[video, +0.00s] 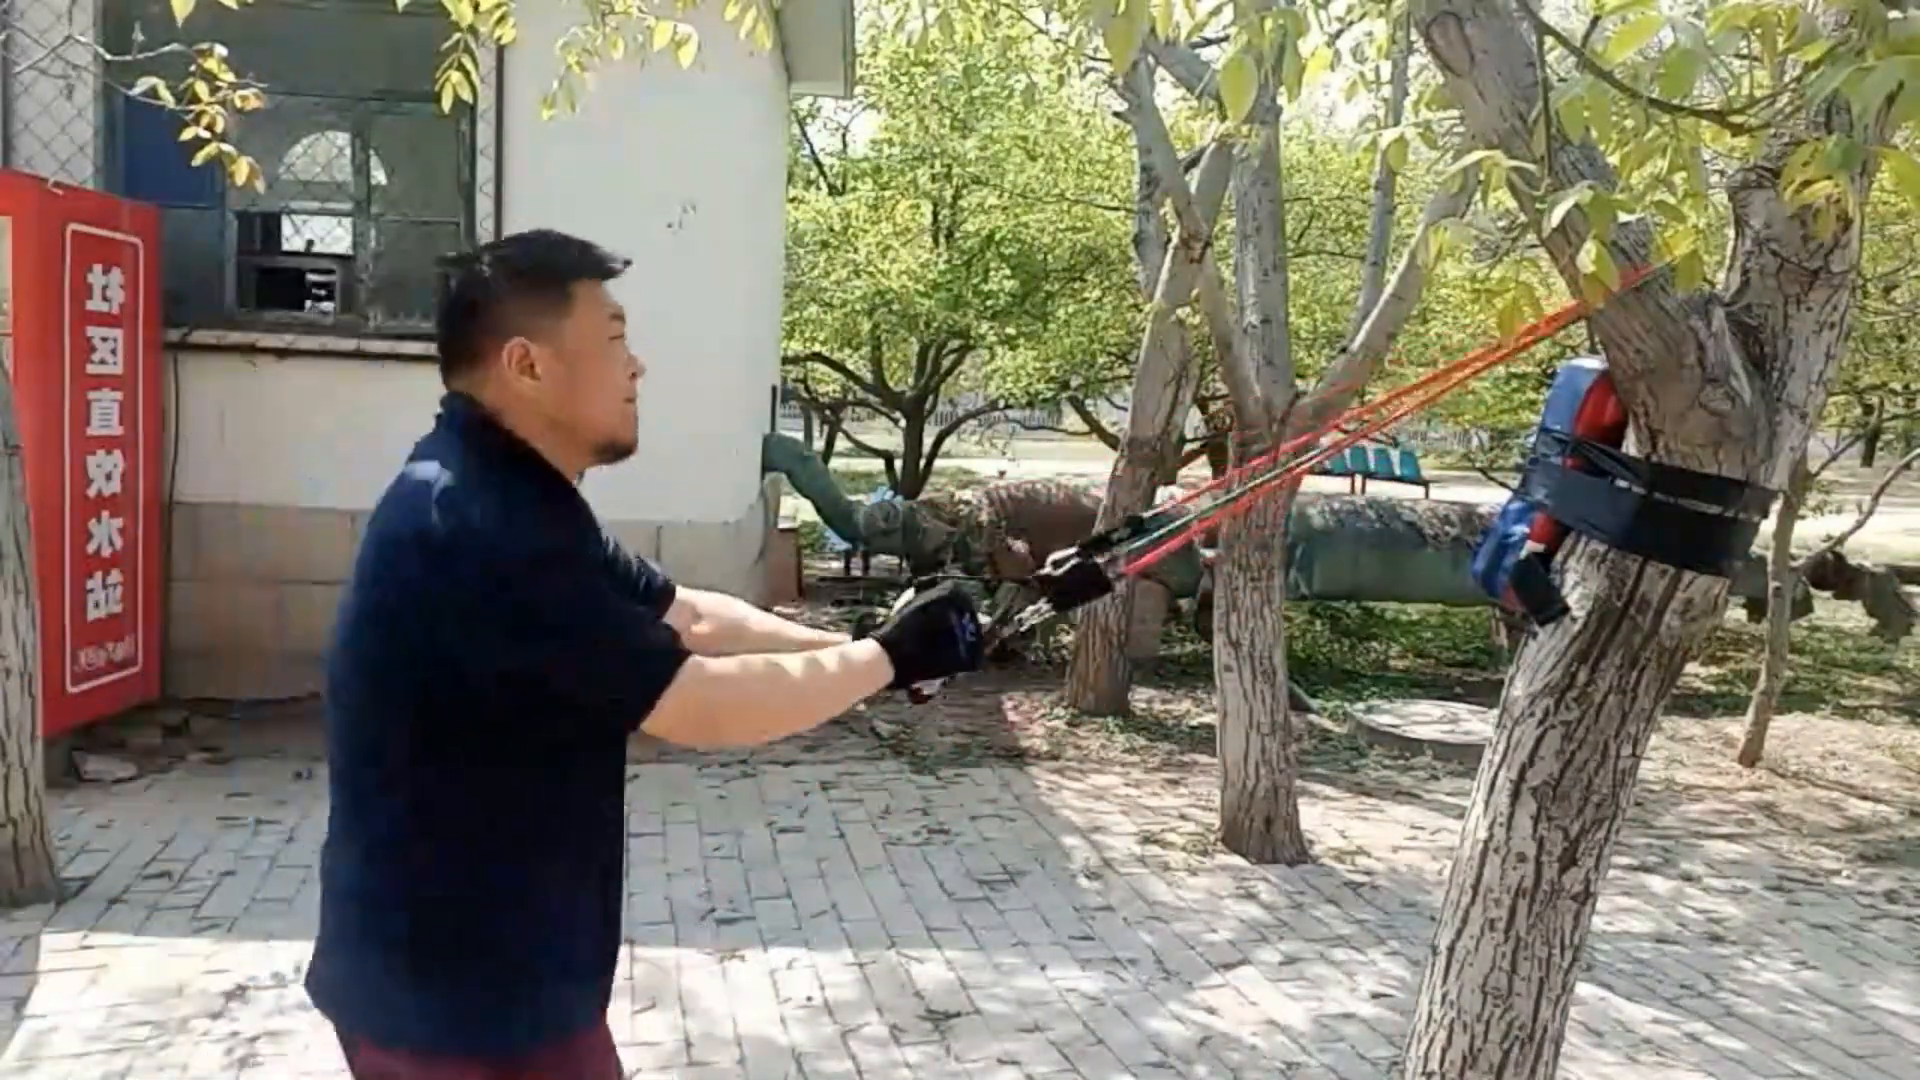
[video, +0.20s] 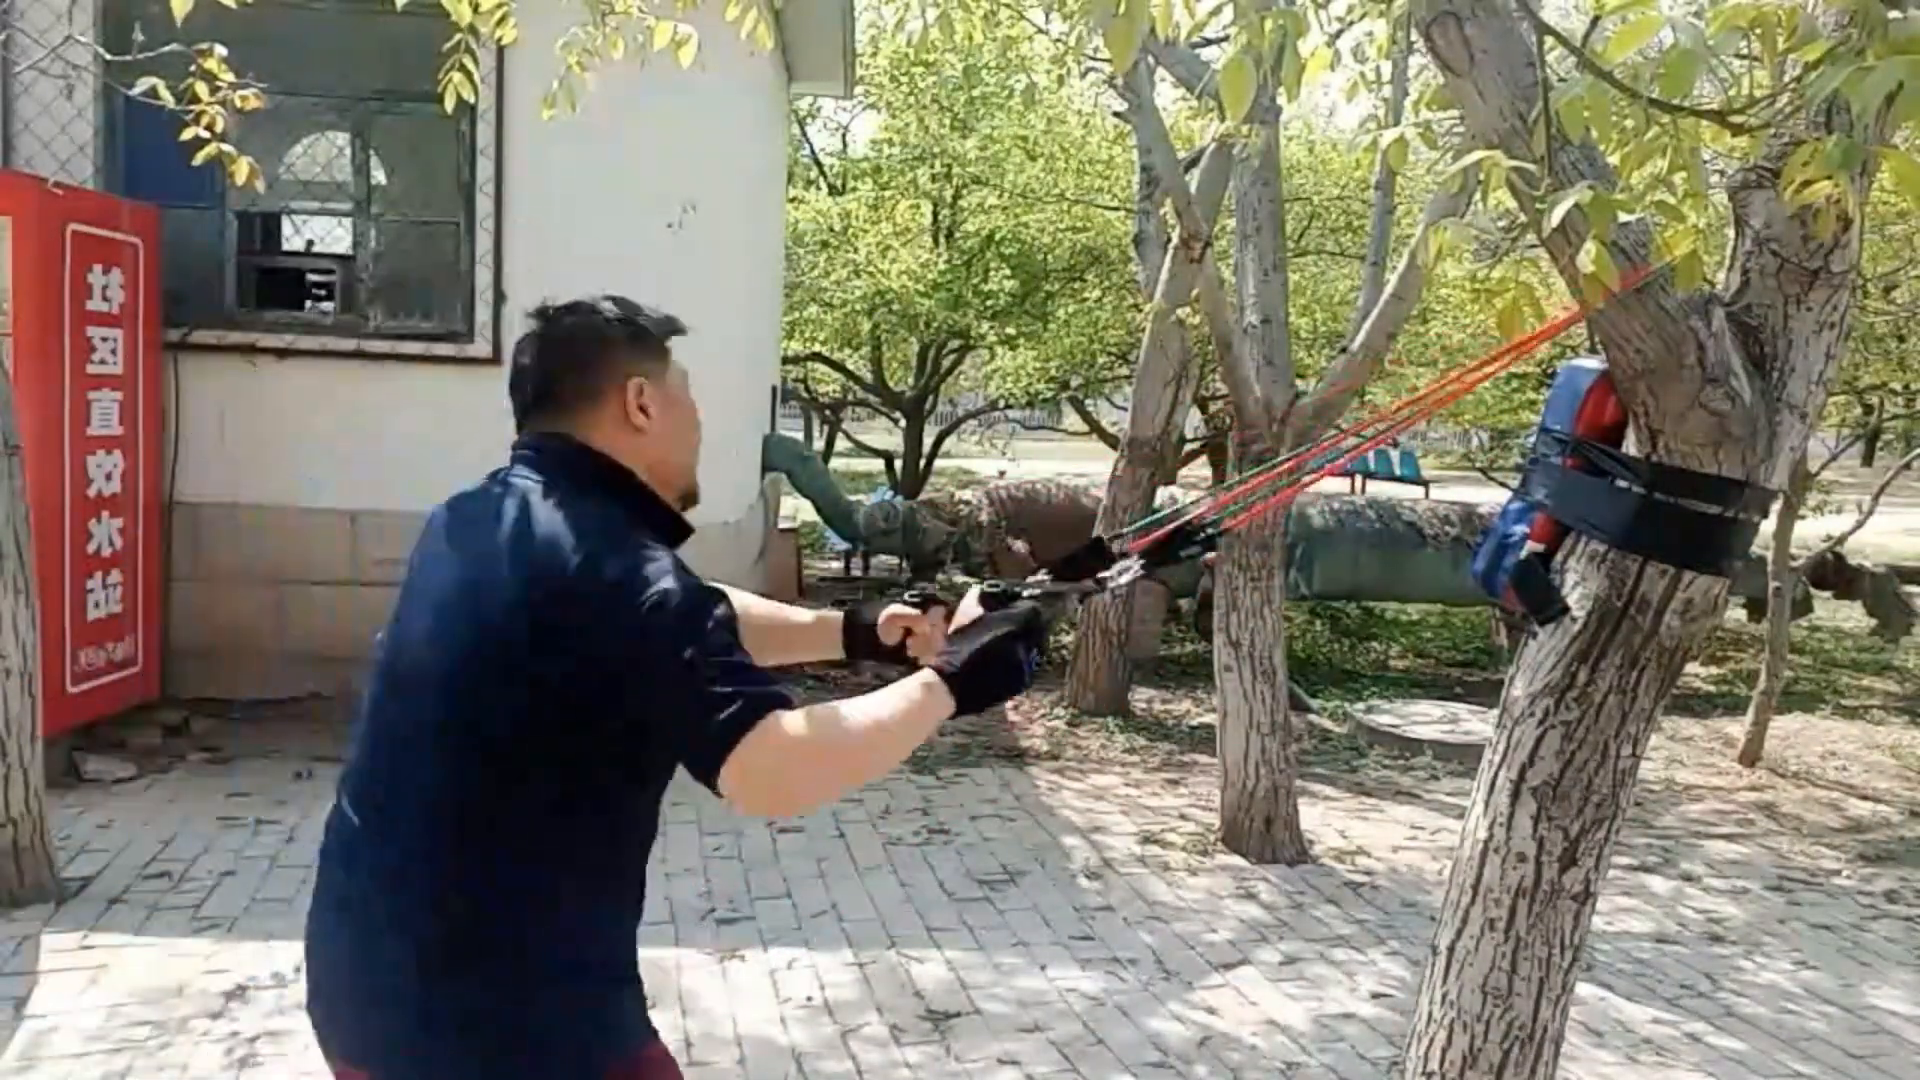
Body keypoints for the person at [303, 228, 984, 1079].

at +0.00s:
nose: (638, 365)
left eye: (625, 335)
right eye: (613, 336)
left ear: (524, 370)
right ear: (526, 366)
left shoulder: (499, 493)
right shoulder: (492, 528)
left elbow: (687, 618)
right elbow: (697, 708)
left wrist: (866, 655)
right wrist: (886, 661)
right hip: (478, 1014)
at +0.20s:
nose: (696, 421)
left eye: (689, 395)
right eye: (686, 394)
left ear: (538, 417)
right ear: (637, 406)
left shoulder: (465, 521)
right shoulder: (628, 578)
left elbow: (687, 619)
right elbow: (771, 770)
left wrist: (857, 629)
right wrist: (943, 688)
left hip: (366, 982)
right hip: (524, 1017)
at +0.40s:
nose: (633, 506)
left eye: (633, 478)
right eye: (633, 474)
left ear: (492, 460)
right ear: (613, 459)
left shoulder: (405, 564)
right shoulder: (585, 566)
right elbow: (735, 657)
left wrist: (780, 604)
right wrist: (792, 499)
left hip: (350, 1028)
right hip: (546, 1035)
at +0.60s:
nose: (521, 589)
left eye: (520, 571)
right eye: (520, 569)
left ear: (371, 570)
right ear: (505, 562)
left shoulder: (261, 706)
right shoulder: (580, 666)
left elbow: (245, 887)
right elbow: (695, 845)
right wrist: (589, 831)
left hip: (308, 1060)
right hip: (536, 1057)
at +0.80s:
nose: (462, 731)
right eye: (460, 715)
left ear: (304, 723)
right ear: (437, 705)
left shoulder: (223, 817)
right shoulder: (530, 814)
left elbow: (103, 1037)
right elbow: (566, 1029)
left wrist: (233, 1038)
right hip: (507, 1068)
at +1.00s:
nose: (484, 739)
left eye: (483, 721)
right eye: (483, 719)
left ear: (339, 715)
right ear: (455, 709)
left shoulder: (228, 828)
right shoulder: (541, 822)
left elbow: (102, 1051)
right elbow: (584, 1041)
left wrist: (249, 1042)